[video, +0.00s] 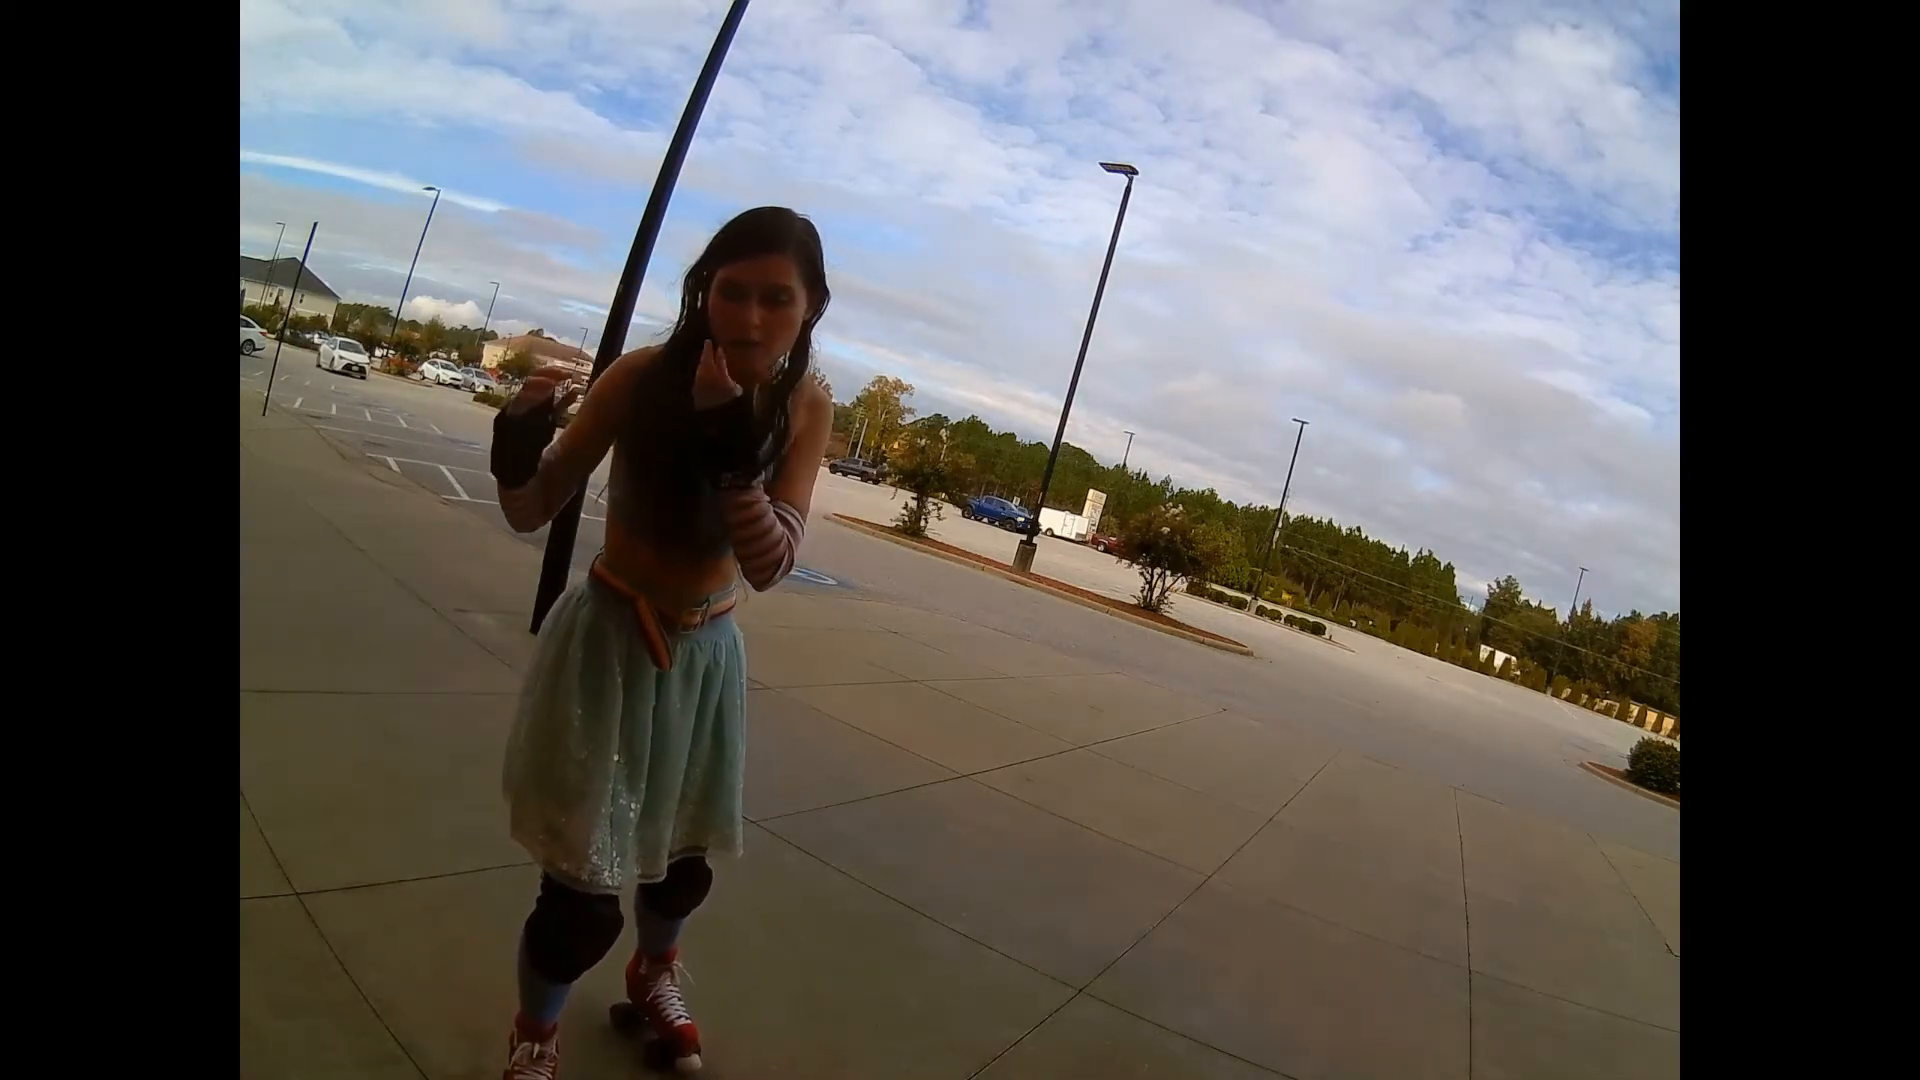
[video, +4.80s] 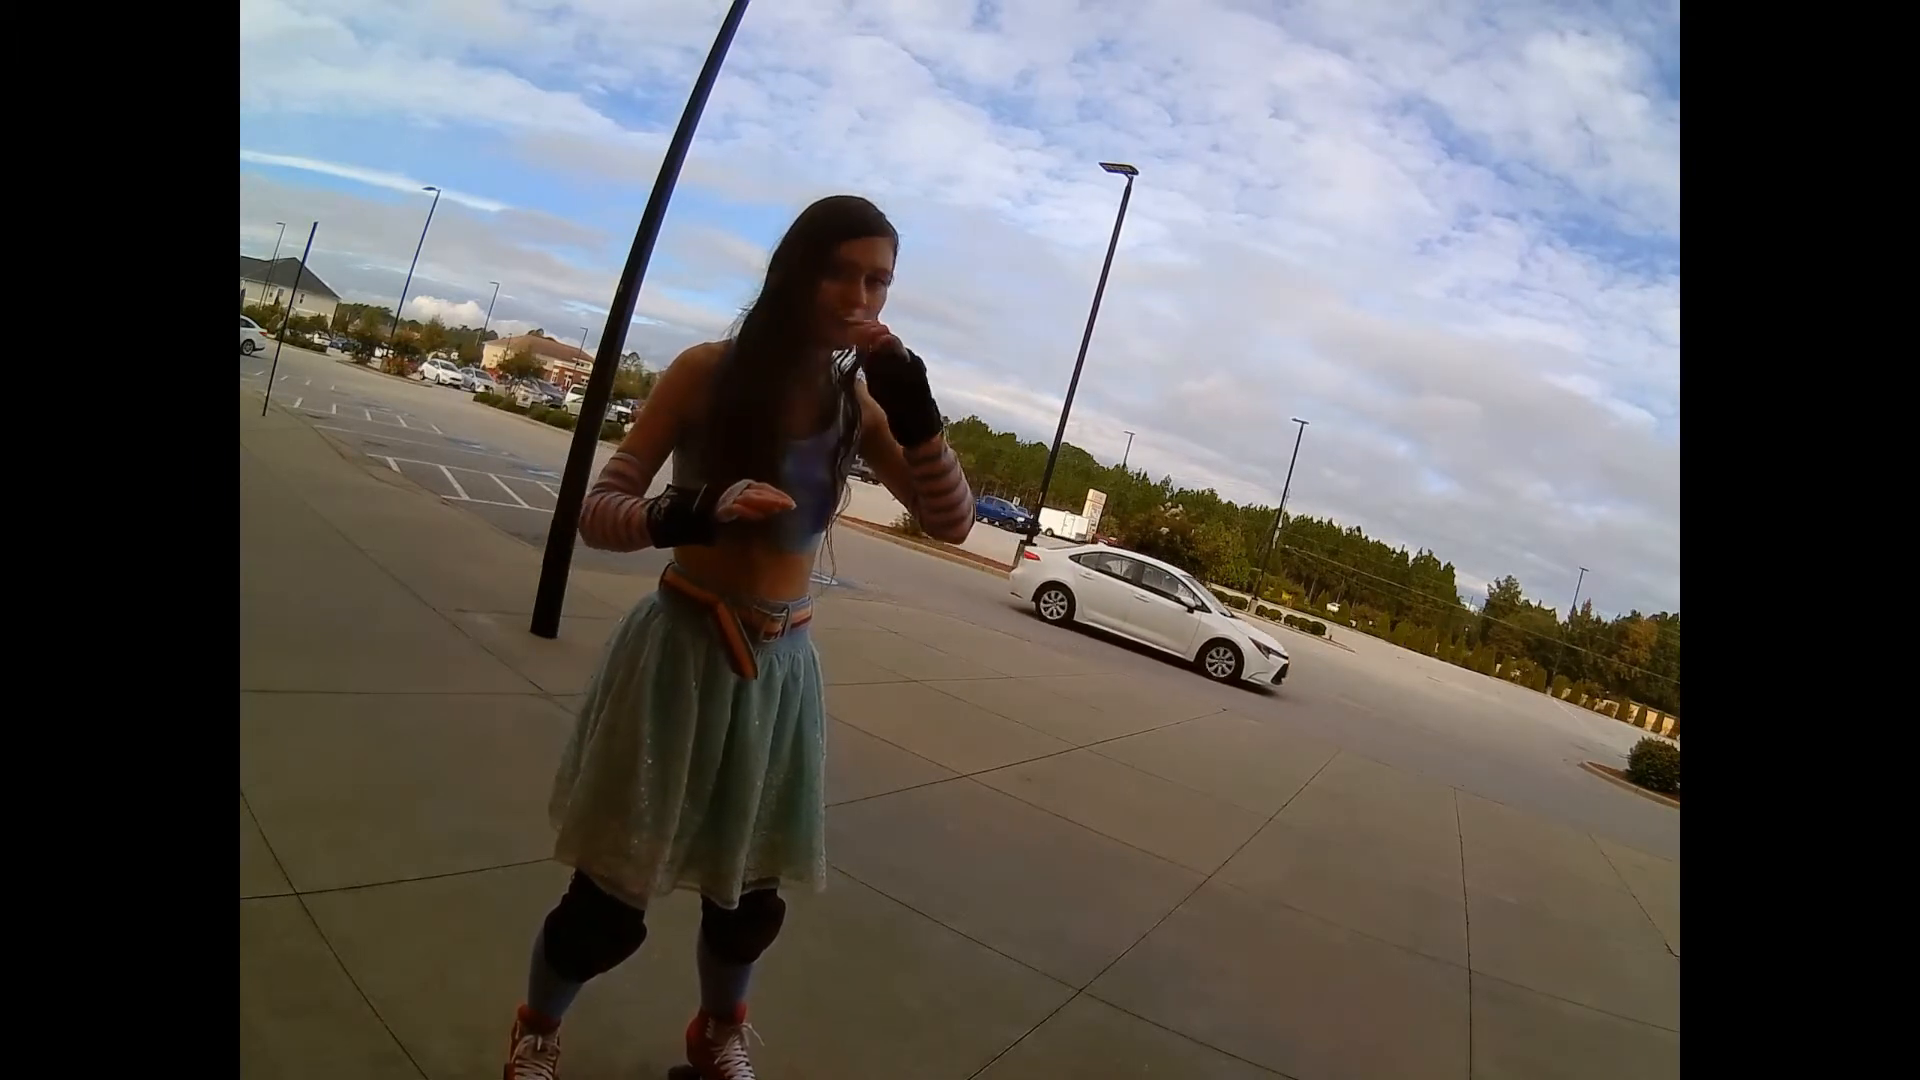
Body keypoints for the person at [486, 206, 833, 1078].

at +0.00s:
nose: (748, 320)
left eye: (775, 299)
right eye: (730, 293)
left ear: (809, 312)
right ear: (702, 293)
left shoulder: (803, 408)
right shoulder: (638, 382)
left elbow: (769, 566)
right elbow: (530, 510)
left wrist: (731, 450)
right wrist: (518, 441)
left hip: (707, 649)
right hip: (607, 638)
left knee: (683, 867)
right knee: (585, 897)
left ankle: (654, 973)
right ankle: (536, 1041)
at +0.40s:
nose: (797, 325)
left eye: (821, 305)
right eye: (778, 299)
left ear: (850, 319)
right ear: (743, 299)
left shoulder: (829, 417)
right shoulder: (675, 381)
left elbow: (801, 578)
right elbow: (566, 498)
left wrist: (775, 492)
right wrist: (570, 564)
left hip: (721, 651)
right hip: (623, 640)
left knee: (700, 877)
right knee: (591, 904)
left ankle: (674, 998)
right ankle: (535, 1043)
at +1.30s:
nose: (858, 290)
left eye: (883, 276)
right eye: (838, 267)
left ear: (905, 305)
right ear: (800, 280)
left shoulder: (890, 413)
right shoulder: (727, 367)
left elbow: (879, 518)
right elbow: (582, 425)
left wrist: (842, 612)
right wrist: (573, 560)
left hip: (778, 673)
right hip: (668, 647)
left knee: (747, 900)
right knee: (601, 897)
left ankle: (719, 1034)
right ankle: (536, 1035)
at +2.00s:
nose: (914, 302)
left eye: (918, 284)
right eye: (898, 281)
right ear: (834, 283)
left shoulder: (870, 409)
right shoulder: (724, 376)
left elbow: (897, 558)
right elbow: (572, 463)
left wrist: (955, 549)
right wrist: (572, 612)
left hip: (781, 669)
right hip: (683, 652)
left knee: (746, 893)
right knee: (610, 896)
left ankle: (711, 1032)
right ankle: (538, 1027)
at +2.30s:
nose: (875, 299)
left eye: (885, 283)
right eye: (858, 278)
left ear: (886, 294)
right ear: (802, 276)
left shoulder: (857, 406)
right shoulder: (705, 377)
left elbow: (898, 552)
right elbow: (620, 522)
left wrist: (948, 445)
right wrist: (686, 555)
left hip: (780, 666)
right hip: (678, 647)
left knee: (751, 895)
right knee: (611, 892)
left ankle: (715, 1033)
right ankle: (538, 1023)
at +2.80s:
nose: (855, 285)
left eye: (869, 272)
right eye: (836, 265)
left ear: (877, 288)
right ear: (785, 268)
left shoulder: (861, 400)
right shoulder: (704, 370)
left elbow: (908, 552)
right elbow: (658, 526)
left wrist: (927, 454)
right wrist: (767, 448)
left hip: (785, 667)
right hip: (681, 650)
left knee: (754, 908)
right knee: (609, 907)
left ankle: (718, 1036)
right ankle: (536, 1037)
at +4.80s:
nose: (864, 296)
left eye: (880, 279)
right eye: (846, 275)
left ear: (889, 291)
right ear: (798, 273)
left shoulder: (858, 400)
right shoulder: (705, 375)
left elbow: (950, 519)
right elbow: (599, 512)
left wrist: (913, 403)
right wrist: (697, 511)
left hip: (781, 662)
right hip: (679, 646)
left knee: (750, 905)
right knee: (608, 907)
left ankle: (719, 1038)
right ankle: (537, 1034)